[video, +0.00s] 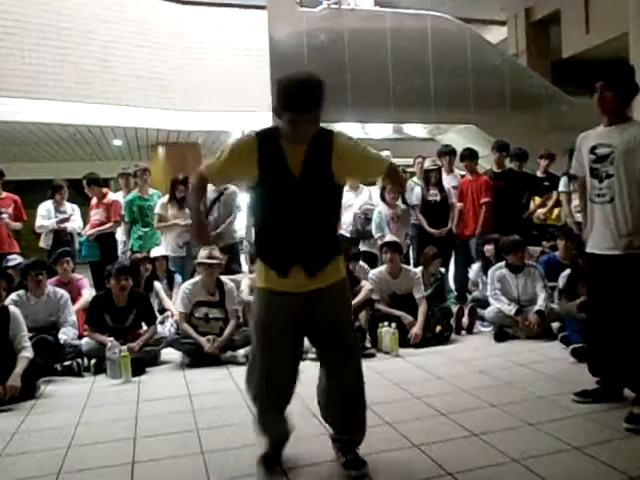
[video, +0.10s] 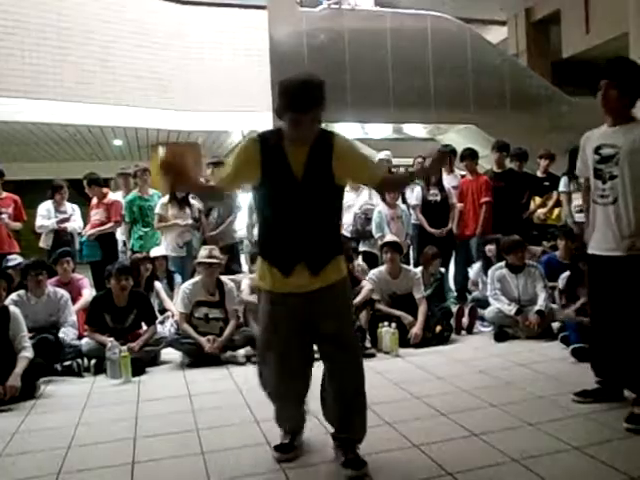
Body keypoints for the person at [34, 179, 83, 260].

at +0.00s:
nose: (63, 196)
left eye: (65, 193)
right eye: (60, 193)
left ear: (67, 194)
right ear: (54, 194)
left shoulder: (73, 208)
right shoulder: (44, 207)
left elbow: (79, 226)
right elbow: (39, 226)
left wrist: (67, 227)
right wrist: (56, 223)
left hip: (69, 240)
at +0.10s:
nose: (63, 196)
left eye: (65, 193)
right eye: (60, 193)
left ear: (68, 194)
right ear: (54, 194)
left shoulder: (74, 208)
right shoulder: (44, 207)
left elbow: (79, 226)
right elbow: (39, 226)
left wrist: (67, 227)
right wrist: (56, 223)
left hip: (69, 240)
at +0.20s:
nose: (63, 197)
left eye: (65, 194)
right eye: (60, 195)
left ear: (68, 195)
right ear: (54, 196)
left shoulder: (74, 209)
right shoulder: (45, 208)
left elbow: (79, 227)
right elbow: (39, 227)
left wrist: (66, 228)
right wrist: (56, 224)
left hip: (69, 241)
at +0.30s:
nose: (63, 196)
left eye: (64, 193)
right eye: (60, 194)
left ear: (67, 194)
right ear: (54, 194)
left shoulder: (73, 208)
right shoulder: (44, 206)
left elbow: (79, 225)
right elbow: (39, 226)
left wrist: (66, 227)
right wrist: (56, 223)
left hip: (69, 238)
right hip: (53, 238)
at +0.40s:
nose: (67, 197)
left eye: (69, 194)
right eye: (64, 194)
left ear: (71, 194)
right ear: (58, 195)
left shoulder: (79, 208)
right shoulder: (48, 207)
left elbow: (83, 226)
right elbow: (42, 227)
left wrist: (69, 228)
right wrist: (60, 224)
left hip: (72, 241)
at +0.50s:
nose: (73, 196)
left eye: (75, 193)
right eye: (70, 194)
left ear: (78, 194)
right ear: (64, 195)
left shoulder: (84, 208)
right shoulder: (55, 207)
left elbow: (89, 226)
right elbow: (49, 226)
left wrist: (76, 227)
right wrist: (66, 223)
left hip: (79, 239)